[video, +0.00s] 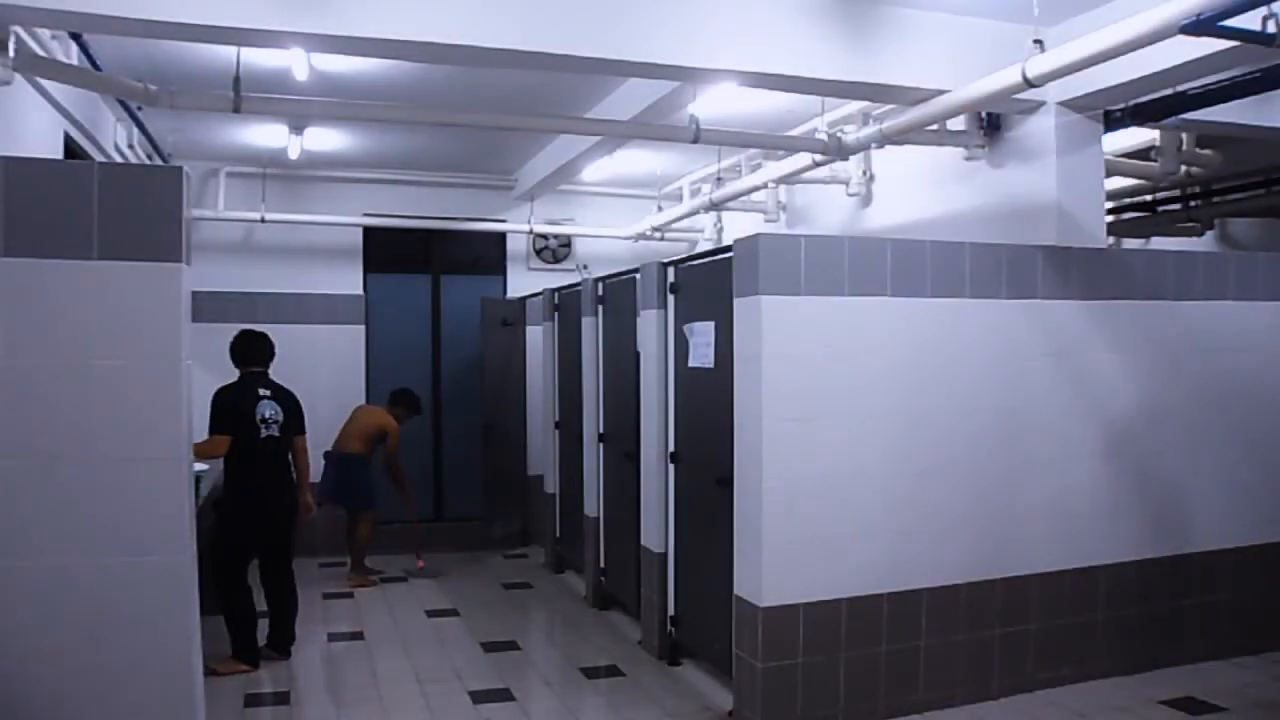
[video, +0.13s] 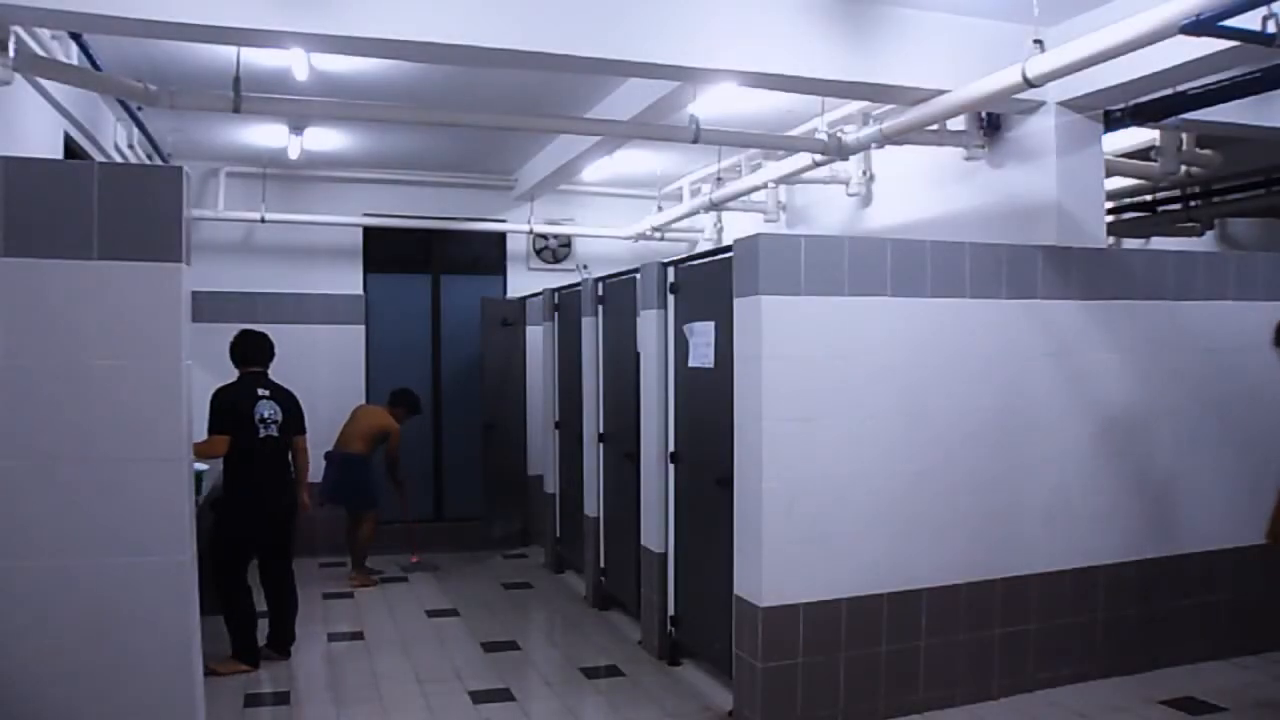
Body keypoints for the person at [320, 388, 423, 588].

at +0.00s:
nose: (405, 421)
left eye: (408, 417)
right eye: (407, 416)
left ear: (391, 402)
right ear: (402, 410)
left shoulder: (362, 410)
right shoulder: (390, 425)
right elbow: (391, 462)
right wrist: (404, 491)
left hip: (335, 462)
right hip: (355, 465)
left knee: (353, 516)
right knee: (365, 517)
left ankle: (357, 564)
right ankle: (357, 572)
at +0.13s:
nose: (405, 420)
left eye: (408, 416)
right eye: (407, 415)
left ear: (391, 403)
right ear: (401, 410)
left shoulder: (362, 409)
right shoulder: (391, 426)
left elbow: (349, 436)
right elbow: (391, 463)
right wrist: (399, 487)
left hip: (336, 463)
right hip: (356, 465)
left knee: (353, 516)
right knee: (367, 517)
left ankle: (358, 566)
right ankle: (359, 571)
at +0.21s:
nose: (406, 421)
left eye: (409, 417)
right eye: (408, 416)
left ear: (391, 403)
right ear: (402, 410)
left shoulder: (362, 409)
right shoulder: (392, 427)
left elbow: (349, 436)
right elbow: (393, 464)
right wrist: (397, 492)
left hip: (337, 463)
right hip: (358, 466)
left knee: (354, 516)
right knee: (368, 517)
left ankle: (358, 565)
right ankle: (359, 571)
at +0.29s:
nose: (407, 421)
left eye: (410, 417)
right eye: (409, 416)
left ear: (393, 403)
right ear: (403, 410)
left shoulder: (362, 410)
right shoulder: (392, 428)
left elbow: (349, 436)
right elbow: (394, 465)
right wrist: (396, 495)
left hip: (337, 463)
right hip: (358, 466)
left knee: (354, 516)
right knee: (367, 518)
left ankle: (358, 566)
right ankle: (361, 572)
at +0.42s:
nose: (409, 422)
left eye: (411, 417)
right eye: (410, 417)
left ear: (394, 404)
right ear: (405, 411)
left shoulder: (364, 410)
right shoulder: (393, 428)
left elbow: (343, 433)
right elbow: (395, 466)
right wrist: (396, 496)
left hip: (337, 463)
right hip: (357, 466)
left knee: (354, 517)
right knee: (366, 518)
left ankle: (358, 567)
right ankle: (363, 573)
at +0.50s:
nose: (410, 422)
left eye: (413, 418)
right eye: (411, 417)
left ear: (395, 404)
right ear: (406, 412)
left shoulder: (366, 410)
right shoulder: (394, 430)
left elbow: (343, 432)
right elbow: (395, 468)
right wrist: (396, 494)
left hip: (337, 464)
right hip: (357, 468)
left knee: (355, 517)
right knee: (365, 519)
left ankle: (359, 567)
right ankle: (362, 574)